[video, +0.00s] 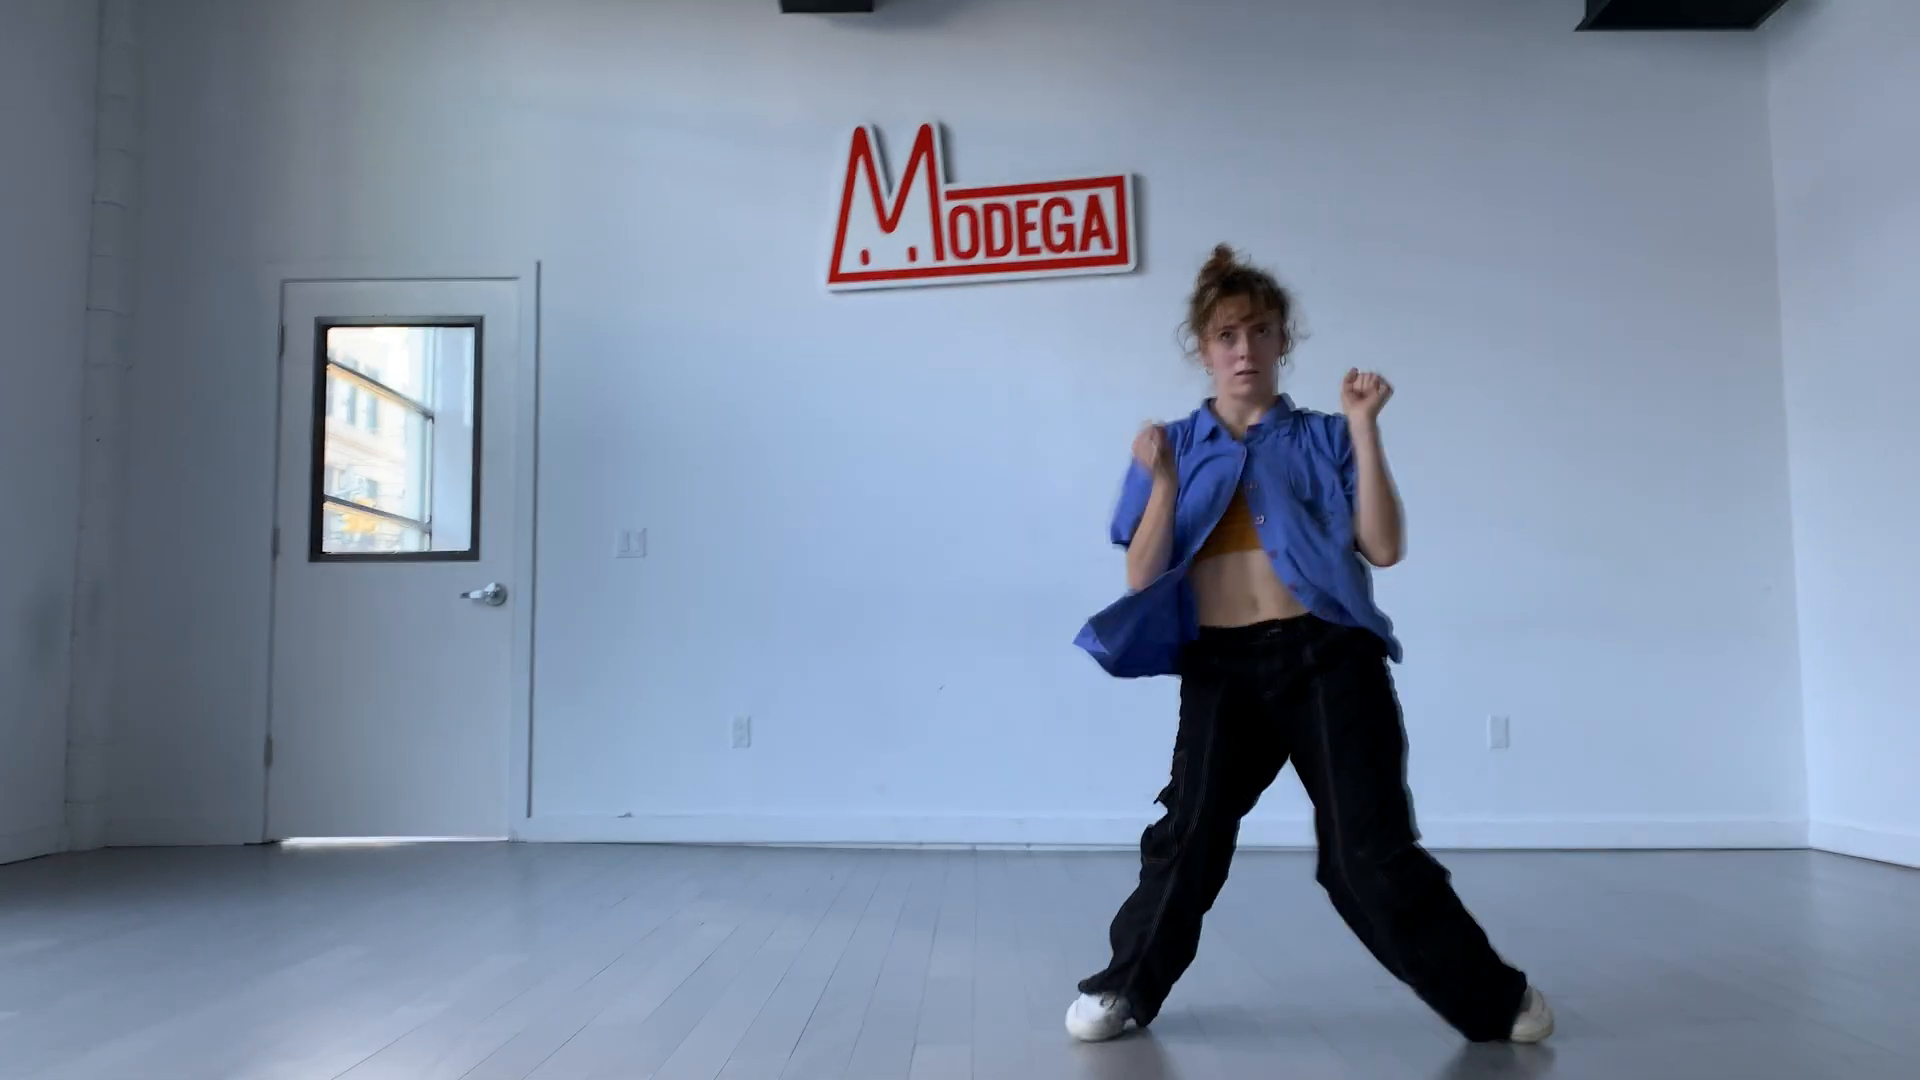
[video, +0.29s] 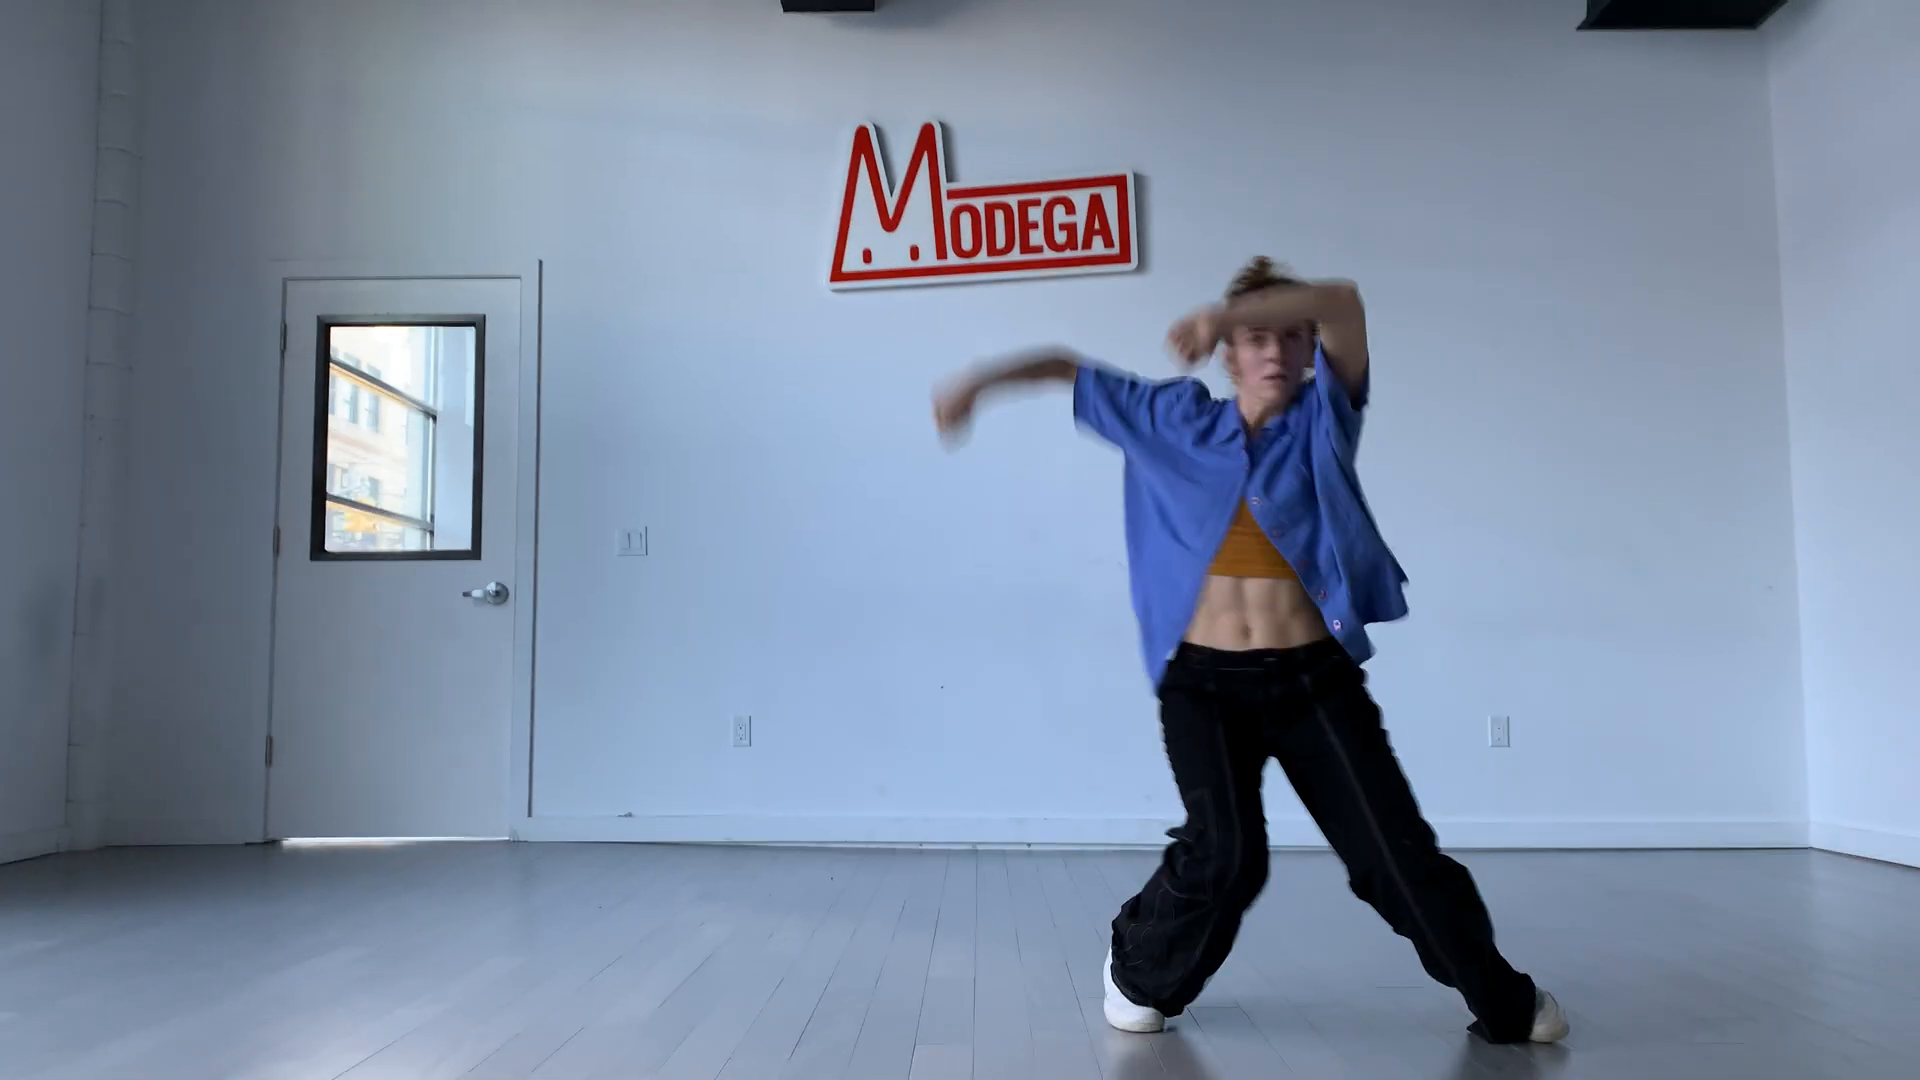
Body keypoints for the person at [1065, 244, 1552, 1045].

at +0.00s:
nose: (1244, 347)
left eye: (1258, 331)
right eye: (1227, 334)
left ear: (1282, 344)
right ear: (1203, 350)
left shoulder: (1324, 436)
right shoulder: (1173, 449)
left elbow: (1384, 547)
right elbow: (1143, 574)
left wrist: (1364, 426)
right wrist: (1165, 477)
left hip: (1331, 658)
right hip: (1225, 669)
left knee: (1368, 853)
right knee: (1187, 836)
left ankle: (1497, 999)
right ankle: (1126, 989)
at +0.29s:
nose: (1276, 351)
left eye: (1290, 335)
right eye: (1257, 336)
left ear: (1311, 347)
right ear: (1227, 349)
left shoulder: (1325, 423)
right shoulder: (1173, 419)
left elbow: (1343, 306)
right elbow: (1069, 370)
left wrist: (1226, 313)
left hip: (1316, 680)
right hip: (1206, 685)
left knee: (1397, 856)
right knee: (1227, 859)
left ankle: (1503, 1002)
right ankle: (1140, 976)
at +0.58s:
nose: (1162, 311)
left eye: (1170, 300)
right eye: (1147, 299)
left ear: (1186, 322)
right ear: (1115, 313)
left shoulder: (1212, 427)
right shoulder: (1099, 402)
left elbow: (1298, 410)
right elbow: (1140, 307)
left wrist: (1272, 330)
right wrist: (1168, 231)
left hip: (1159, 660)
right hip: (1064, 653)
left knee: (1261, 810)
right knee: (1165, 817)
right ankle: (1110, 974)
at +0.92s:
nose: (1093, 282)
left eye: (1091, 268)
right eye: (1091, 268)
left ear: (1013, 266)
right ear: (1075, 270)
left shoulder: (951, 359)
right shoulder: (1092, 363)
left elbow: (921, 487)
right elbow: (1093, 489)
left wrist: (943, 563)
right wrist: (1094, 598)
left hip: (942, 576)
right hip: (1041, 585)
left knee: (896, 769)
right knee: (1136, 756)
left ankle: (812, 960)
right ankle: (1106, 966)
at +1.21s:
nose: (935, 247)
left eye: (938, 235)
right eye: (940, 235)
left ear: (952, 242)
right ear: (1023, 253)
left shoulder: (900, 325)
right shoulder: (1062, 353)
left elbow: (866, 458)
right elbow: (1078, 483)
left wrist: (855, 568)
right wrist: (1031, 544)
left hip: (910, 563)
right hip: (1020, 572)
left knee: (865, 757)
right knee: (1054, 762)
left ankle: (812, 964)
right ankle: (1098, 966)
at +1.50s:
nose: (824, 332)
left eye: (819, 323)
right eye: (823, 324)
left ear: (829, 309)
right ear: (889, 280)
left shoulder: (827, 359)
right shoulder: (980, 325)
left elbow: (801, 487)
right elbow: (1027, 438)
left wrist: (840, 588)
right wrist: (1021, 540)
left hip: (898, 584)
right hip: (1006, 572)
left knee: (866, 769)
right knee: (1050, 763)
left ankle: (827, 960)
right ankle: (1104, 965)